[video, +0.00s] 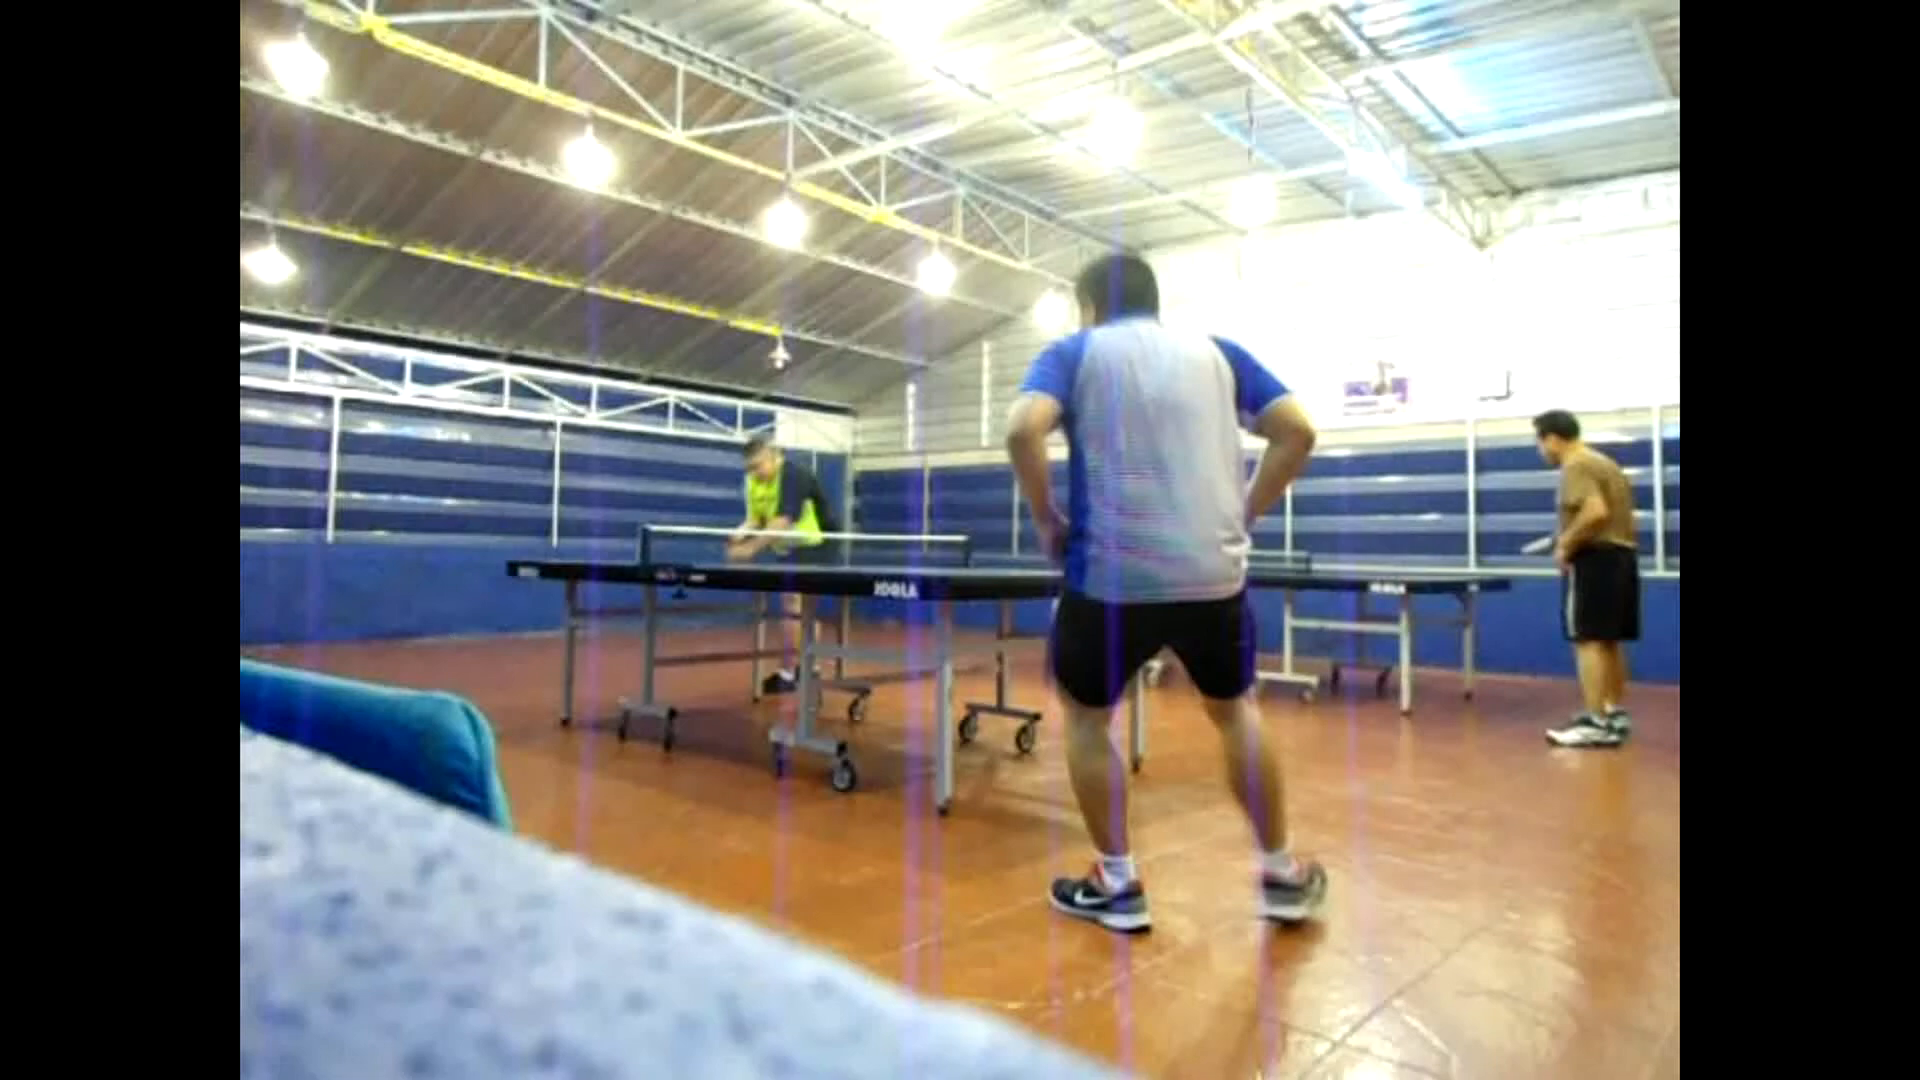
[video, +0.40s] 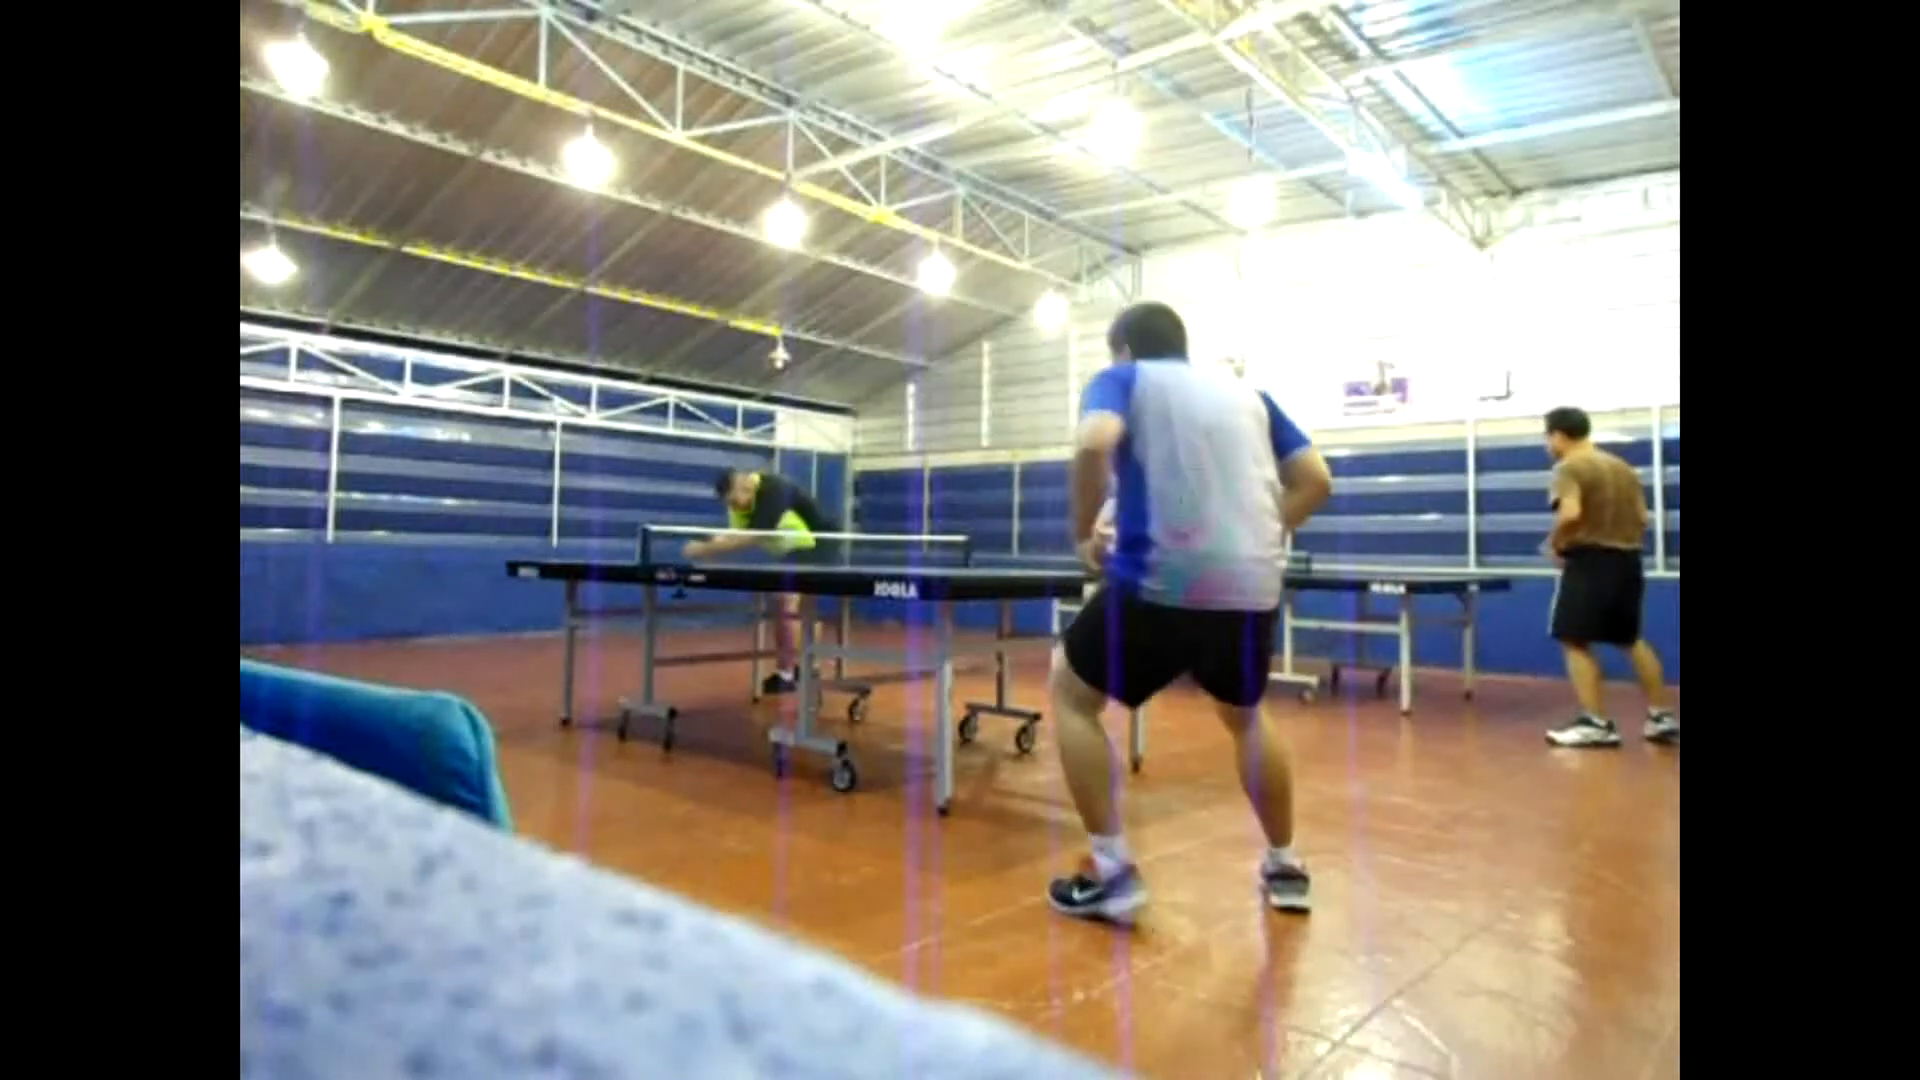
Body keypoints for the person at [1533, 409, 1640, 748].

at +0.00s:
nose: (1541, 449)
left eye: (1542, 441)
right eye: (1540, 442)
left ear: (1555, 439)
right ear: (1571, 435)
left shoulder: (1575, 466)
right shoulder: (1606, 464)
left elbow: (1595, 510)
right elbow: (1627, 517)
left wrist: (1565, 542)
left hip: (1595, 552)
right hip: (1621, 552)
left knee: (1588, 639)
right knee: (1608, 640)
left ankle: (1595, 717)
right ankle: (1614, 711)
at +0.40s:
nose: (1547, 444)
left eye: (1549, 436)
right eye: (1547, 436)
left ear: (1560, 436)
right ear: (1585, 434)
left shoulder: (1570, 468)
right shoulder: (1623, 468)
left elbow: (1571, 514)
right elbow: (1642, 518)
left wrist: (1555, 541)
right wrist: (1618, 538)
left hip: (1588, 556)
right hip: (1627, 557)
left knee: (1573, 640)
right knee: (1631, 638)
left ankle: (1594, 720)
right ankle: (1661, 714)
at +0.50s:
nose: (1554, 445)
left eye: (1555, 437)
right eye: (1554, 438)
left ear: (1566, 437)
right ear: (1591, 435)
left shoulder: (1575, 470)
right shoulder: (1627, 469)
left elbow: (1576, 518)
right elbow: (1646, 520)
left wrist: (1561, 543)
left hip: (1594, 558)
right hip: (1633, 559)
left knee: (1571, 639)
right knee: (1641, 638)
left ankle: (1594, 720)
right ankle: (1668, 716)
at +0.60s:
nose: (1561, 447)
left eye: (1563, 439)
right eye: (1561, 439)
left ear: (1574, 438)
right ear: (1597, 435)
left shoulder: (1583, 469)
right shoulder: (1635, 470)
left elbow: (1584, 516)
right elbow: (1652, 522)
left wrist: (1570, 546)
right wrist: (1633, 544)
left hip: (1603, 558)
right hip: (1641, 559)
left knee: (1573, 638)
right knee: (1650, 640)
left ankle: (1594, 719)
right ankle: (1670, 718)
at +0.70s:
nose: (1567, 447)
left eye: (1568, 439)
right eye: (1567, 440)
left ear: (1580, 439)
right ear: (1602, 435)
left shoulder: (1589, 467)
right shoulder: (1639, 469)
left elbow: (1594, 514)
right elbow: (1659, 520)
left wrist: (1580, 546)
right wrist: (1646, 543)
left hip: (1612, 554)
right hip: (1649, 555)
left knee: (1581, 635)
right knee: (1654, 640)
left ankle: (1596, 719)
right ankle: (1671, 718)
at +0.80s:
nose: (1570, 446)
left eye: (1572, 439)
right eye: (1570, 439)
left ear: (1584, 438)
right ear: (1605, 435)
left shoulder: (1593, 467)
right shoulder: (1641, 468)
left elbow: (1601, 512)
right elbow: (1659, 516)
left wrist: (1583, 546)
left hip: (1615, 555)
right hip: (1653, 555)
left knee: (1591, 638)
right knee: (1657, 642)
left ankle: (1598, 722)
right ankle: (1670, 719)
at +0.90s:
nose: (1571, 446)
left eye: (1573, 438)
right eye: (1571, 439)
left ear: (1585, 437)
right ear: (1607, 435)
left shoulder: (1593, 466)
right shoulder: (1641, 468)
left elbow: (1600, 510)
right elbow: (1660, 517)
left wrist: (1580, 547)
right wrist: (1646, 542)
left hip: (1613, 554)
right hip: (1651, 555)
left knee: (1599, 640)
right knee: (1656, 642)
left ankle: (1599, 722)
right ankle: (1670, 719)